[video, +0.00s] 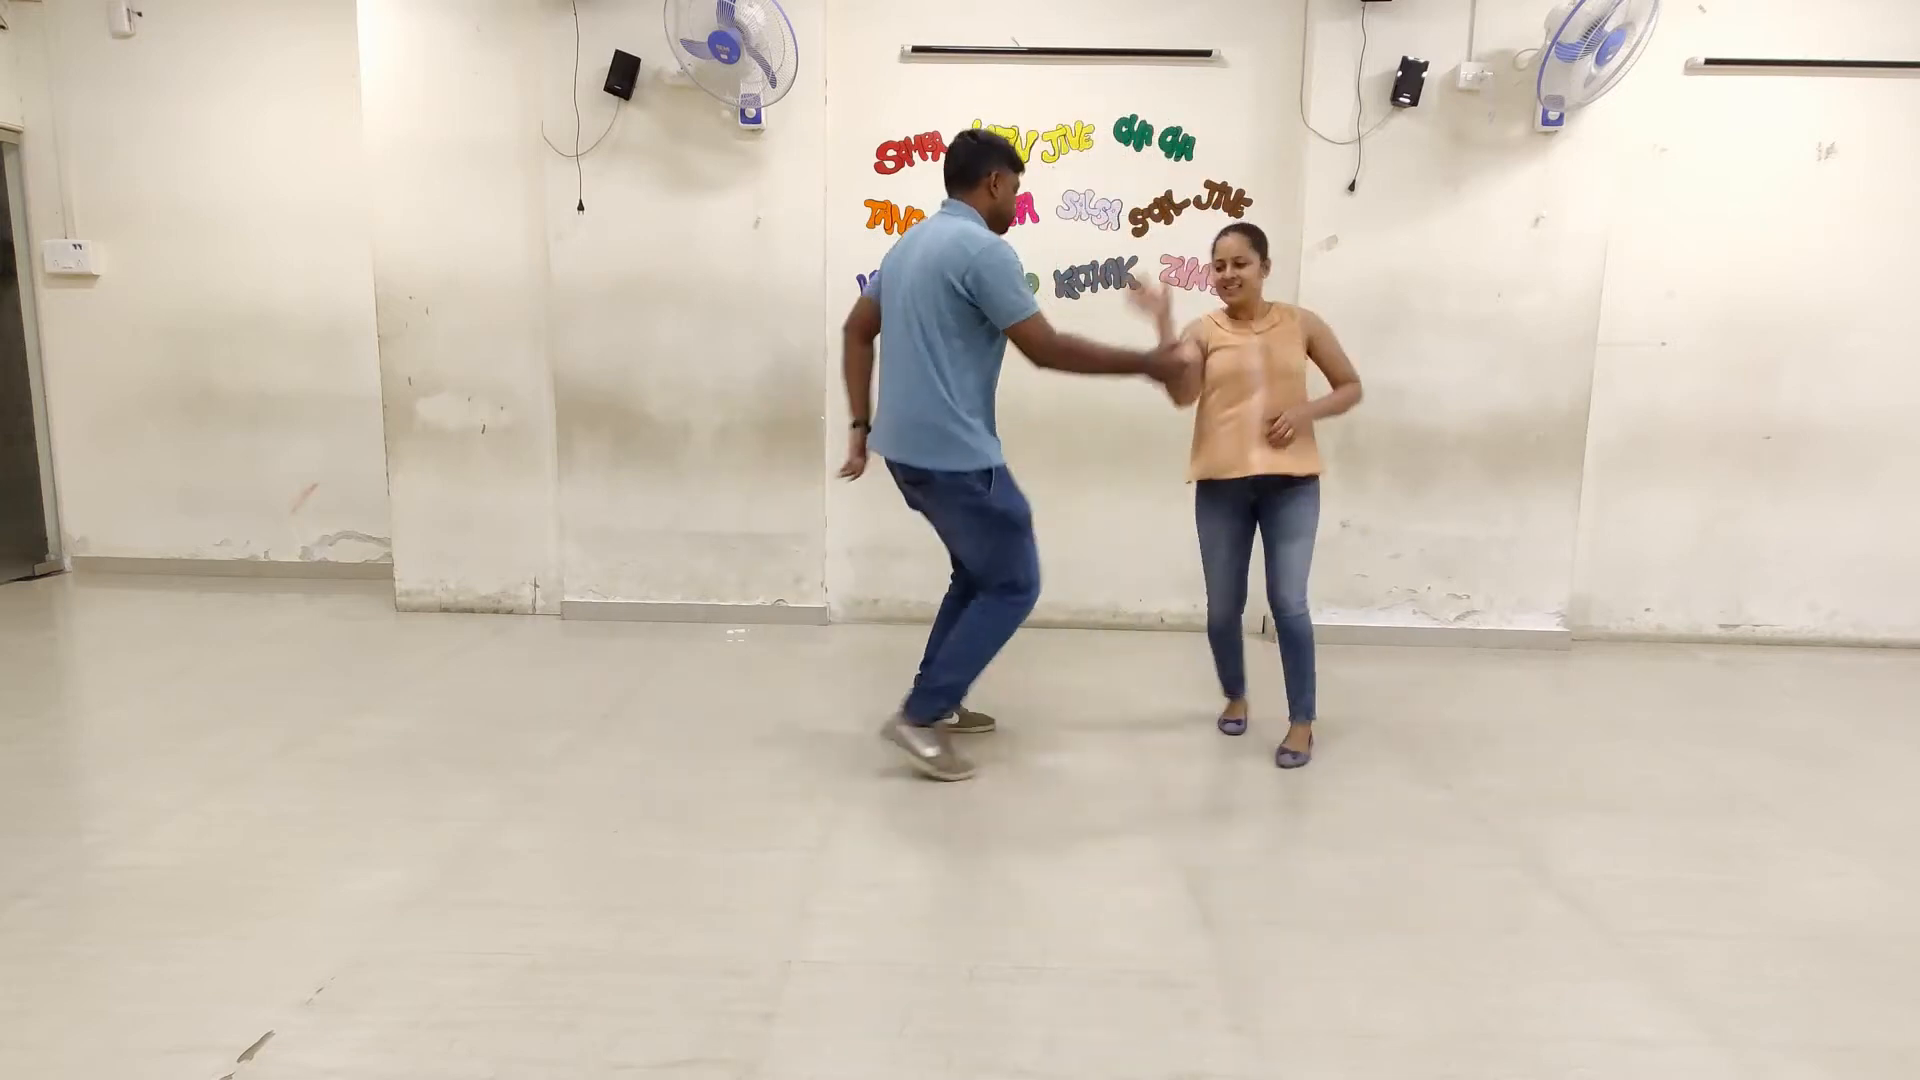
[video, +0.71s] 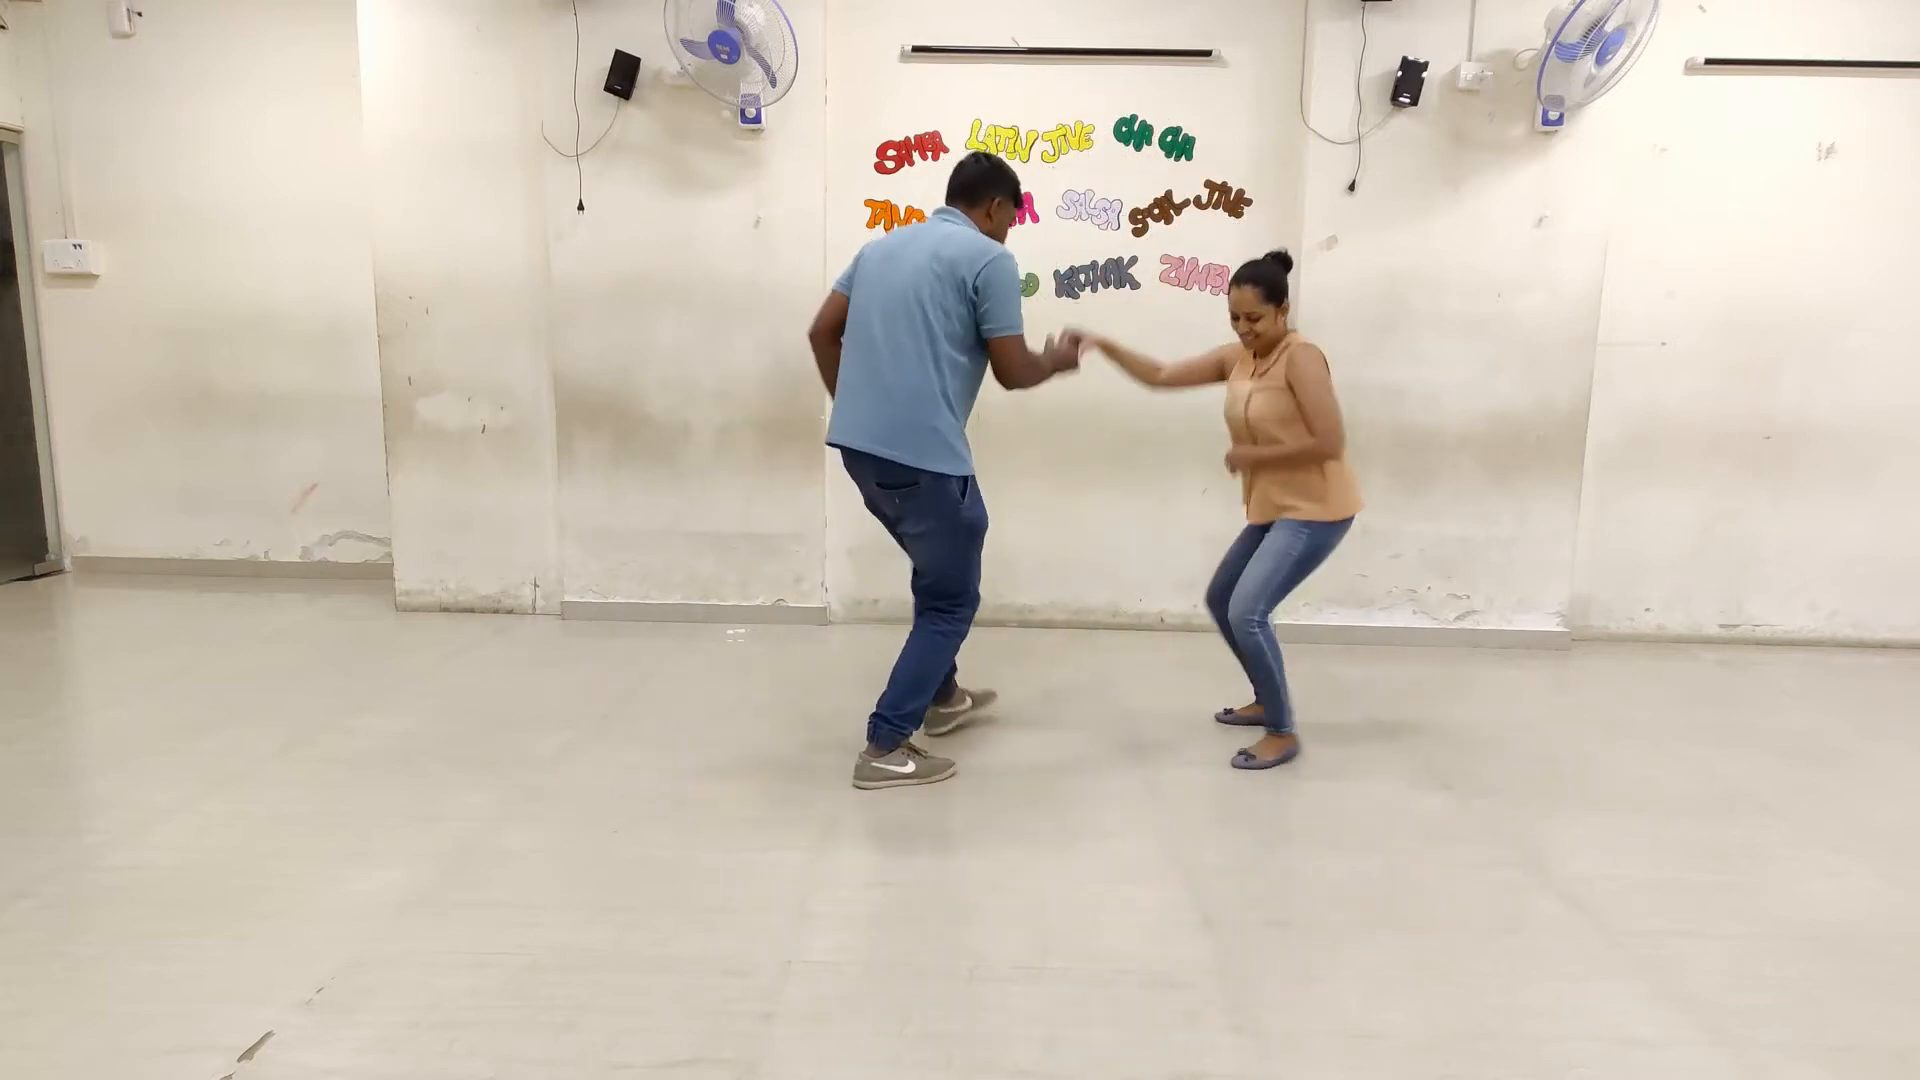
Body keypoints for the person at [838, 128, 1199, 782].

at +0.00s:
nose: (1017, 202)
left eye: (1017, 190)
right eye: (1015, 189)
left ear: (956, 184)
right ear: (994, 183)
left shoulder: (910, 244)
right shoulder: (982, 249)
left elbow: (857, 327)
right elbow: (1046, 348)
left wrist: (860, 422)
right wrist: (1149, 363)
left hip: (906, 445)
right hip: (955, 448)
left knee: (976, 574)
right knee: (1014, 586)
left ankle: (936, 700)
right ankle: (921, 720)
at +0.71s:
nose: (1008, 232)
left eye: (1010, 220)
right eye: (1011, 219)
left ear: (952, 199)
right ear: (994, 205)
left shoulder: (881, 246)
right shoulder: (988, 260)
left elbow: (824, 332)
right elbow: (1014, 372)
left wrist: (853, 405)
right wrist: (1059, 359)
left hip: (858, 440)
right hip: (924, 451)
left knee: (939, 567)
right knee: (948, 603)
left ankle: (938, 693)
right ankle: (885, 747)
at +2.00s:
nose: (1050, 236)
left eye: (1050, 223)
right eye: (1046, 222)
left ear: (985, 216)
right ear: (1021, 217)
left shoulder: (916, 263)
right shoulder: (1042, 283)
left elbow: (858, 357)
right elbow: (1057, 393)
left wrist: (902, 405)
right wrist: (1078, 361)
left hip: (897, 459)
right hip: (977, 466)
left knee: (932, 572)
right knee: (998, 618)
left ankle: (947, 701)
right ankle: (939, 756)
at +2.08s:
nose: (1052, 230)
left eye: (1053, 217)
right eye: (1049, 216)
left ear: (986, 210)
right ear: (1024, 213)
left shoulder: (919, 260)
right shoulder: (1041, 277)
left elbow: (861, 352)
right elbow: (1061, 391)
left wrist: (909, 399)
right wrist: (1064, 349)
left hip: (902, 458)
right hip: (977, 465)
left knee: (956, 565)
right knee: (1001, 616)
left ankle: (963, 685)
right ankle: (938, 756)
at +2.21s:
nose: (1055, 232)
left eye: (1055, 218)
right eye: (1051, 218)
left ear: (993, 219)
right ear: (1024, 217)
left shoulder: (927, 273)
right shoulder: (1031, 277)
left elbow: (877, 369)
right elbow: (1040, 377)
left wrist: (936, 410)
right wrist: (1086, 439)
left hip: (913, 472)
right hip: (979, 477)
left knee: (995, 571)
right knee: (1012, 621)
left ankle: (975, 707)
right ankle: (938, 756)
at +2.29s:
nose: (1056, 228)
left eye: (1055, 214)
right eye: (1050, 214)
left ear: (994, 220)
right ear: (1019, 217)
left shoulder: (936, 275)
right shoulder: (1024, 276)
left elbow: (892, 377)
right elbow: (1027, 374)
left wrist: (967, 405)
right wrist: (1096, 464)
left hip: (919, 467)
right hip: (981, 473)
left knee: (998, 590)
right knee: (1017, 620)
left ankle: (977, 709)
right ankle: (938, 754)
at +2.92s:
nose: (1003, 172)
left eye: (1000, 162)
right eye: (987, 165)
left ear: (967, 183)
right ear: (952, 184)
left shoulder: (968, 248)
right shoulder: (945, 251)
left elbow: (974, 335)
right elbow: (1013, 340)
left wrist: (1011, 357)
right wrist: (1107, 372)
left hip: (971, 441)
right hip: (926, 442)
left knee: (1017, 566)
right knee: (967, 575)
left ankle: (974, 703)